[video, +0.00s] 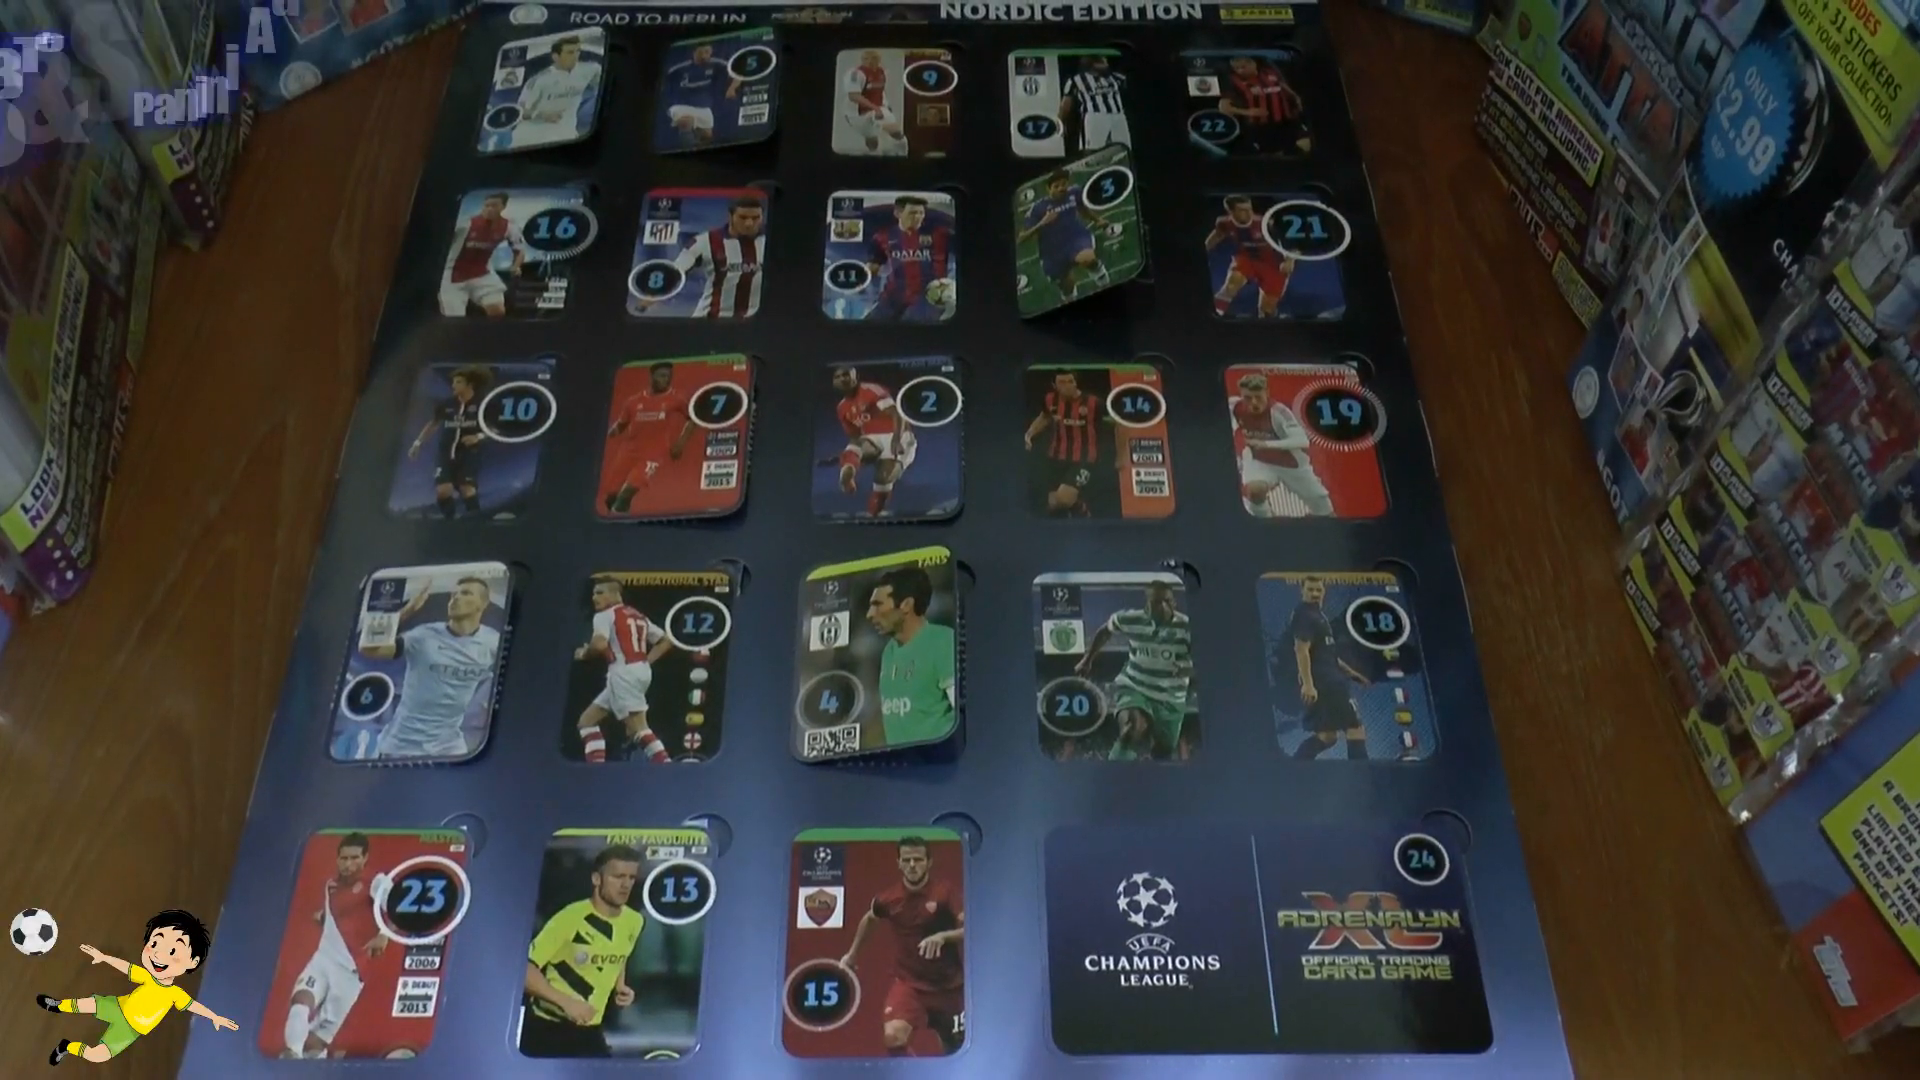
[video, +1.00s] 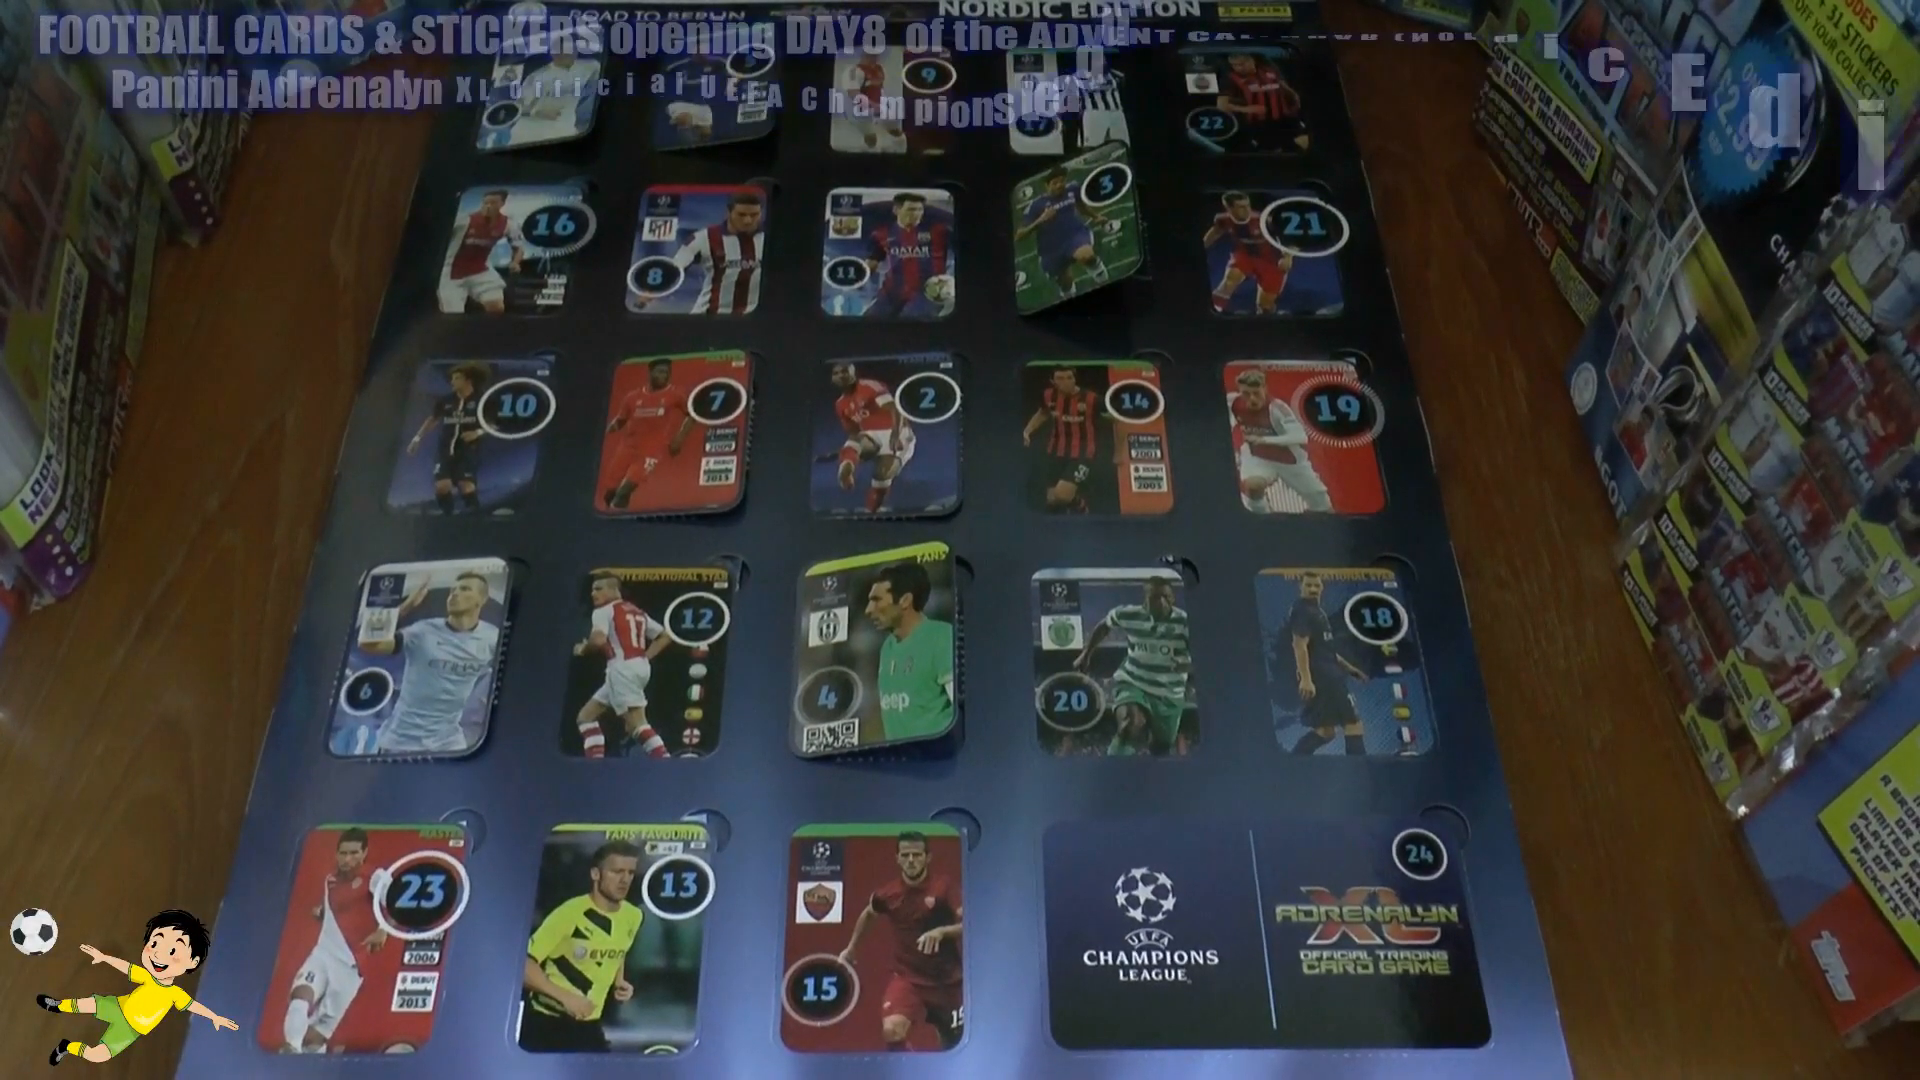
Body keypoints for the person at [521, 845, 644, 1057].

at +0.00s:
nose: (626, 885)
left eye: (631, 878)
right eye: (619, 876)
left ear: (635, 881)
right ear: (597, 879)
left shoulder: (634, 922)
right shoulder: (572, 916)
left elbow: (620, 959)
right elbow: (525, 969)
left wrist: (620, 985)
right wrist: (565, 1001)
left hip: (590, 1033)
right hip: (545, 1030)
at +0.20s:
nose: (625, 882)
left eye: (630, 875)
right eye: (617, 874)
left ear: (634, 879)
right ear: (595, 877)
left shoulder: (632, 919)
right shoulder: (570, 914)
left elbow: (618, 956)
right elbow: (523, 966)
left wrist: (618, 982)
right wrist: (564, 999)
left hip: (588, 1030)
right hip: (544, 1027)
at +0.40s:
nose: (624, 881)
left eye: (629, 875)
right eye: (617, 873)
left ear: (633, 878)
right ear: (595, 876)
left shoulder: (632, 919)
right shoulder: (569, 914)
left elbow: (617, 956)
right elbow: (523, 966)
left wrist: (618, 981)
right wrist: (564, 998)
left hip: (588, 1030)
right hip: (544, 1027)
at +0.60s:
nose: (625, 879)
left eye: (630, 873)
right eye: (617, 871)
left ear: (634, 876)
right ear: (595, 874)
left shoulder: (633, 916)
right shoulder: (570, 912)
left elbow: (618, 954)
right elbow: (524, 964)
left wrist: (619, 979)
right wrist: (564, 996)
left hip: (589, 1028)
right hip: (544, 1025)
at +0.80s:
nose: (625, 879)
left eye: (630, 873)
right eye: (617, 871)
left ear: (634, 876)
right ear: (596, 874)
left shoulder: (633, 916)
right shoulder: (570, 911)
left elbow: (619, 953)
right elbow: (524, 964)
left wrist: (619, 979)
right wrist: (564, 996)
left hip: (589, 1027)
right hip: (545, 1025)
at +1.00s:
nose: (625, 880)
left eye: (630, 873)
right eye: (617, 872)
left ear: (634, 876)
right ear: (596, 874)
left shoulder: (633, 917)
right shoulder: (571, 912)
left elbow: (618, 954)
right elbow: (524, 964)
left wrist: (619, 980)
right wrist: (565, 997)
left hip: (589, 1028)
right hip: (544, 1025)